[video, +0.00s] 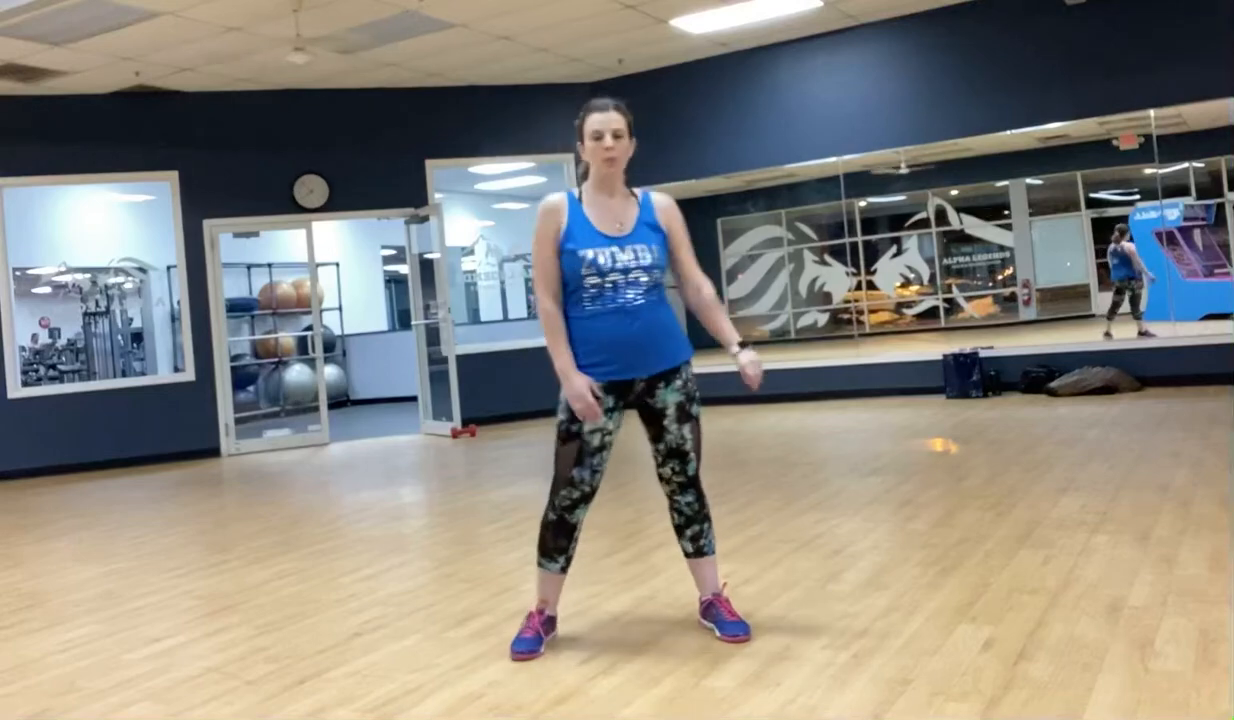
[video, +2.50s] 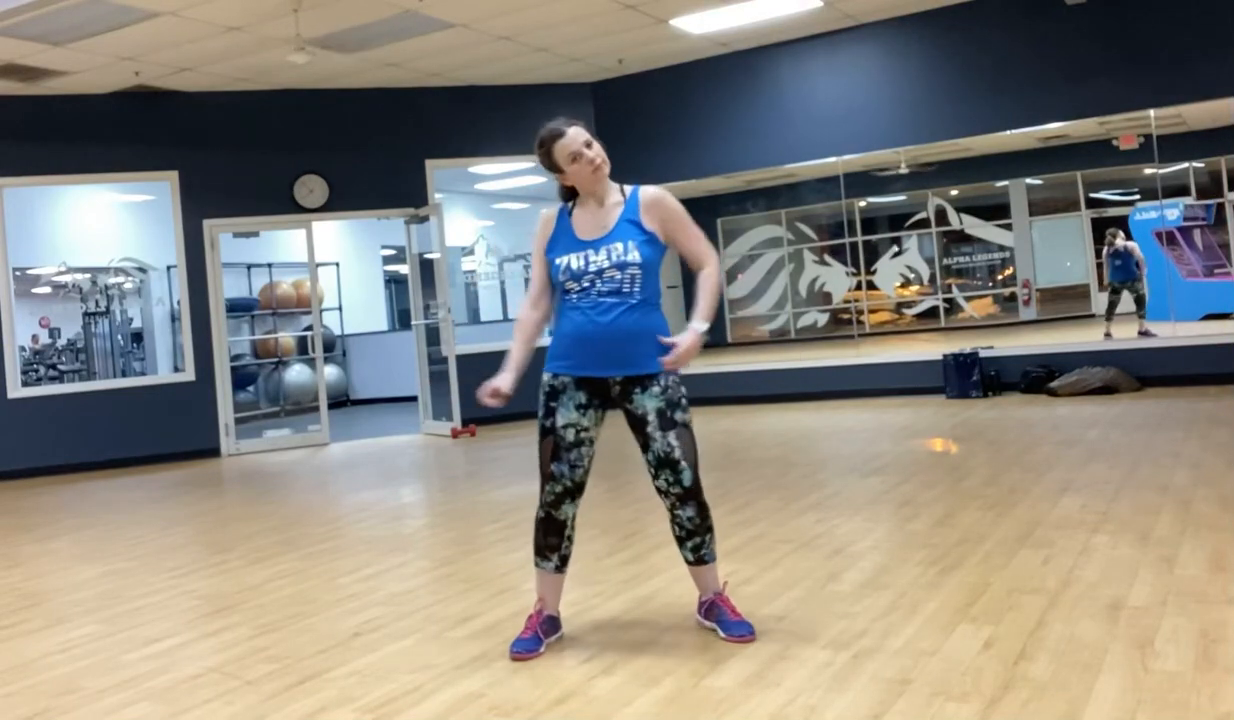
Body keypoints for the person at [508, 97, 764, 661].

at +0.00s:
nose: (608, 144)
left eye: (617, 135)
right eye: (597, 136)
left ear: (632, 144)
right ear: (581, 147)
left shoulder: (661, 209)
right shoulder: (557, 213)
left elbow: (697, 286)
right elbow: (548, 302)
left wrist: (738, 346)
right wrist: (568, 375)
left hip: (666, 369)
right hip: (593, 377)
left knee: (684, 482)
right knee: (570, 493)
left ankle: (714, 600)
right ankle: (543, 613)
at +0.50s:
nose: (571, 146)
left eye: (579, 137)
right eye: (560, 140)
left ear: (598, 146)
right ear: (547, 154)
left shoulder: (632, 213)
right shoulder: (526, 214)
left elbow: (642, 299)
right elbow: (496, 296)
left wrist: (627, 364)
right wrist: (465, 359)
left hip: (614, 373)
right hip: (540, 378)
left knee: (658, 485)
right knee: (537, 496)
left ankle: (708, 600)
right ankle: (538, 613)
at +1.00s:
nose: (593, 143)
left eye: (601, 134)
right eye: (581, 137)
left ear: (616, 143)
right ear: (567, 151)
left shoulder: (649, 188)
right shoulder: (559, 222)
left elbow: (703, 256)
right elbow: (559, 312)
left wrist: (703, 333)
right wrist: (550, 383)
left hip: (665, 367)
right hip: (591, 377)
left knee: (684, 483)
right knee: (569, 491)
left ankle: (711, 600)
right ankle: (544, 612)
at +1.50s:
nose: (636, 158)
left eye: (638, 149)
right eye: (624, 149)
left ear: (638, 154)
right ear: (591, 155)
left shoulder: (660, 209)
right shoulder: (557, 226)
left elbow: (722, 275)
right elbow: (554, 314)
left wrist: (781, 324)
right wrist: (582, 378)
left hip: (688, 364)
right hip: (615, 378)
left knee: (696, 482)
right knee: (588, 495)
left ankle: (710, 600)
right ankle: (550, 612)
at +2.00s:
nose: (594, 157)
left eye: (595, 147)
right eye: (580, 155)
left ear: (604, 150)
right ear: (559, 169)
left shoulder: (628, 229)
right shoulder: (539, 202)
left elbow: (643, 307)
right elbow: (486, 270)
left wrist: (683, 344)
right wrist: (464, 342)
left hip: (626, 371)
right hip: (555, 377)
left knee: (664, 482)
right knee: (554, 496)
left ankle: (705, 601)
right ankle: (546, 614)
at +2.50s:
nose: (591, 155)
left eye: (589, 143)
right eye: (576, 156)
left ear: (601, 143)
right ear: (562, 176)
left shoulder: (652, 203)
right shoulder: (552, 224)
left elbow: (707, 263)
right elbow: (536, 304)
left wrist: (696, 328)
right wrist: (510, 372)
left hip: (649, 371)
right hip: (572, 376)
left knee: (682, 484)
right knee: (559, 490)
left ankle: (712, 599)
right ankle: (545, 613)